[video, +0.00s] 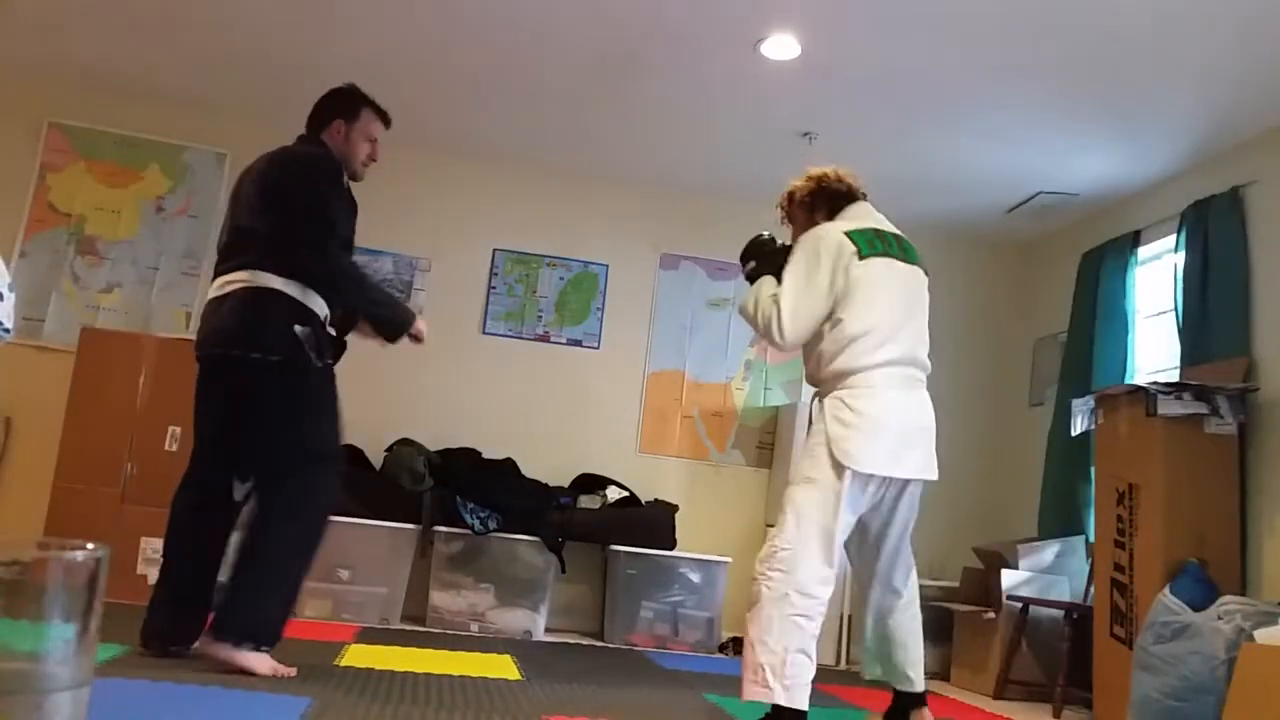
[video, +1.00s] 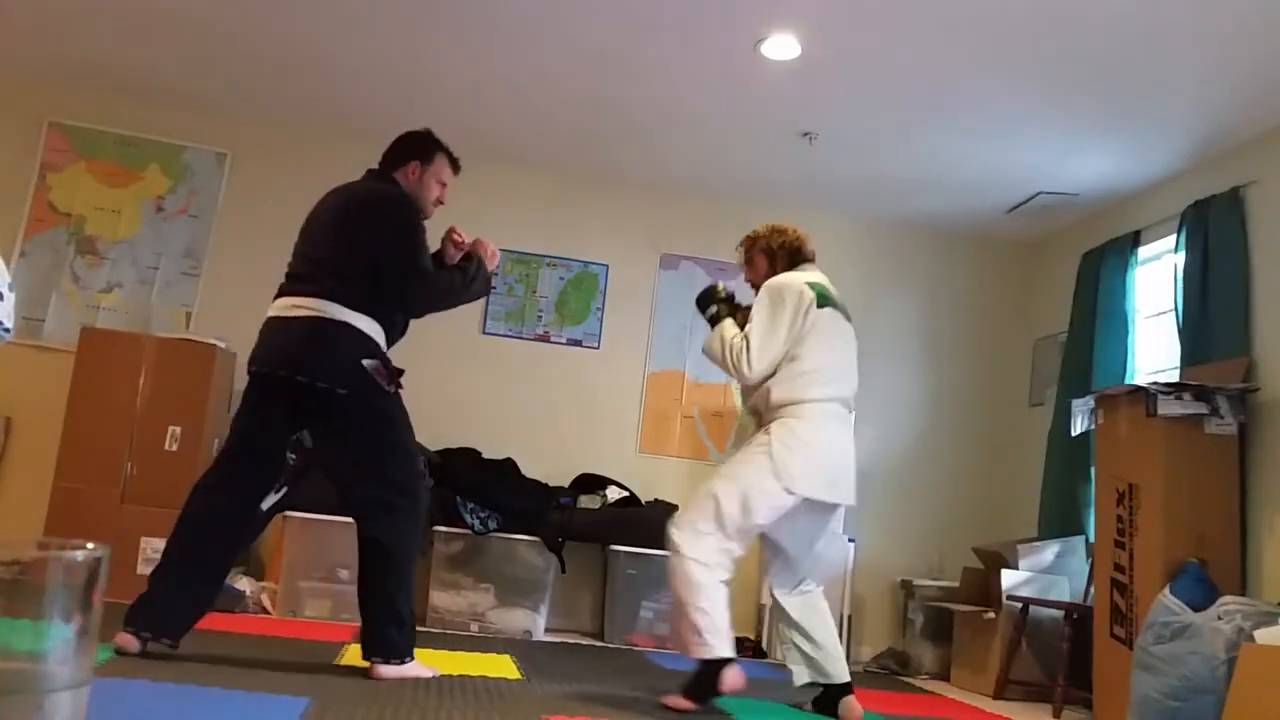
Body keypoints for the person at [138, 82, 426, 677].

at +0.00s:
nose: (377, 156)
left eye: (379, 144)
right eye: (372, 139)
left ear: (324, 131)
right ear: (336, 127)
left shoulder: (261, 169)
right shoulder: (321, 170)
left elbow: (283, 272)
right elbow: (326, 263)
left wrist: (354, 312)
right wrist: (400, 315)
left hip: (221, 330)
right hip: (277, 333)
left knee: (211, 478)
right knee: (306, 485)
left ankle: (170, 629)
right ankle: (240, 636)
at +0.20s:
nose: (390, 170)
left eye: (394, 159)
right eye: (386, 155)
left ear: (344, 144)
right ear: (355, 143)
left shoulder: (277, 179)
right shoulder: (331, 179)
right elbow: (328, 271)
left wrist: (376, 285)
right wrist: (398, 300)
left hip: (231, 332)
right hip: (292, 338)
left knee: (220, 481)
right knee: (353, 476)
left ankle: (168, 632)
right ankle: (337, 639)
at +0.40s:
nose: (423, 183)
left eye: (428, 173)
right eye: (421, 168)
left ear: (379, 156)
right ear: (391, 154)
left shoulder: (315, 188)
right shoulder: (369, 194)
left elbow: (343, 273)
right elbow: (379, 281)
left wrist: (418, 269)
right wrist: (452, 291)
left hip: (262, 347)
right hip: (325, 356)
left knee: (232, 491)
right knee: (367, 504)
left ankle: (170, 631)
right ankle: (366, 654)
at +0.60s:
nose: (434, 183)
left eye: (439, 173)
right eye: (433, 168)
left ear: (384, 154)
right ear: (401, 153)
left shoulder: (326, 189)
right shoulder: (388, 193)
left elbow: (364, 284)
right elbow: (399, 282)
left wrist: (431, 260)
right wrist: (468, 270)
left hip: (275, 345)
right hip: (338, 354)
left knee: (243, 483)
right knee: (381, 501)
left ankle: (160, 617)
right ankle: (370, 655)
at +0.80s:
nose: (426, 194)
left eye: (429, 184)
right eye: (424, 179)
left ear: (377, 165)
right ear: (392, 165)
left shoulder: (316, 199)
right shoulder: (376, 202)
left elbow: (349, 292)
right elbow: (380, 292)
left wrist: (418, 264)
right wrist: (448, 277)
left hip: (264, 349)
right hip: (328, 354)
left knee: (228, 486)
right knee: (408, 481)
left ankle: (143, 626)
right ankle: (389, 634)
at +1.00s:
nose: (443, 200)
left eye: (446, 190)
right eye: (441, 186)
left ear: (399, 171)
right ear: (412, 170)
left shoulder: (336, 201)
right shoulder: (397, 208)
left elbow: (374, 289)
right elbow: (414, 292)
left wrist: (440, 261)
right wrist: (478, 272)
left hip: (278, 352)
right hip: (344, 361)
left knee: (233, 488)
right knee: (396, 497)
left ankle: (147, 626)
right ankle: (390, 654)